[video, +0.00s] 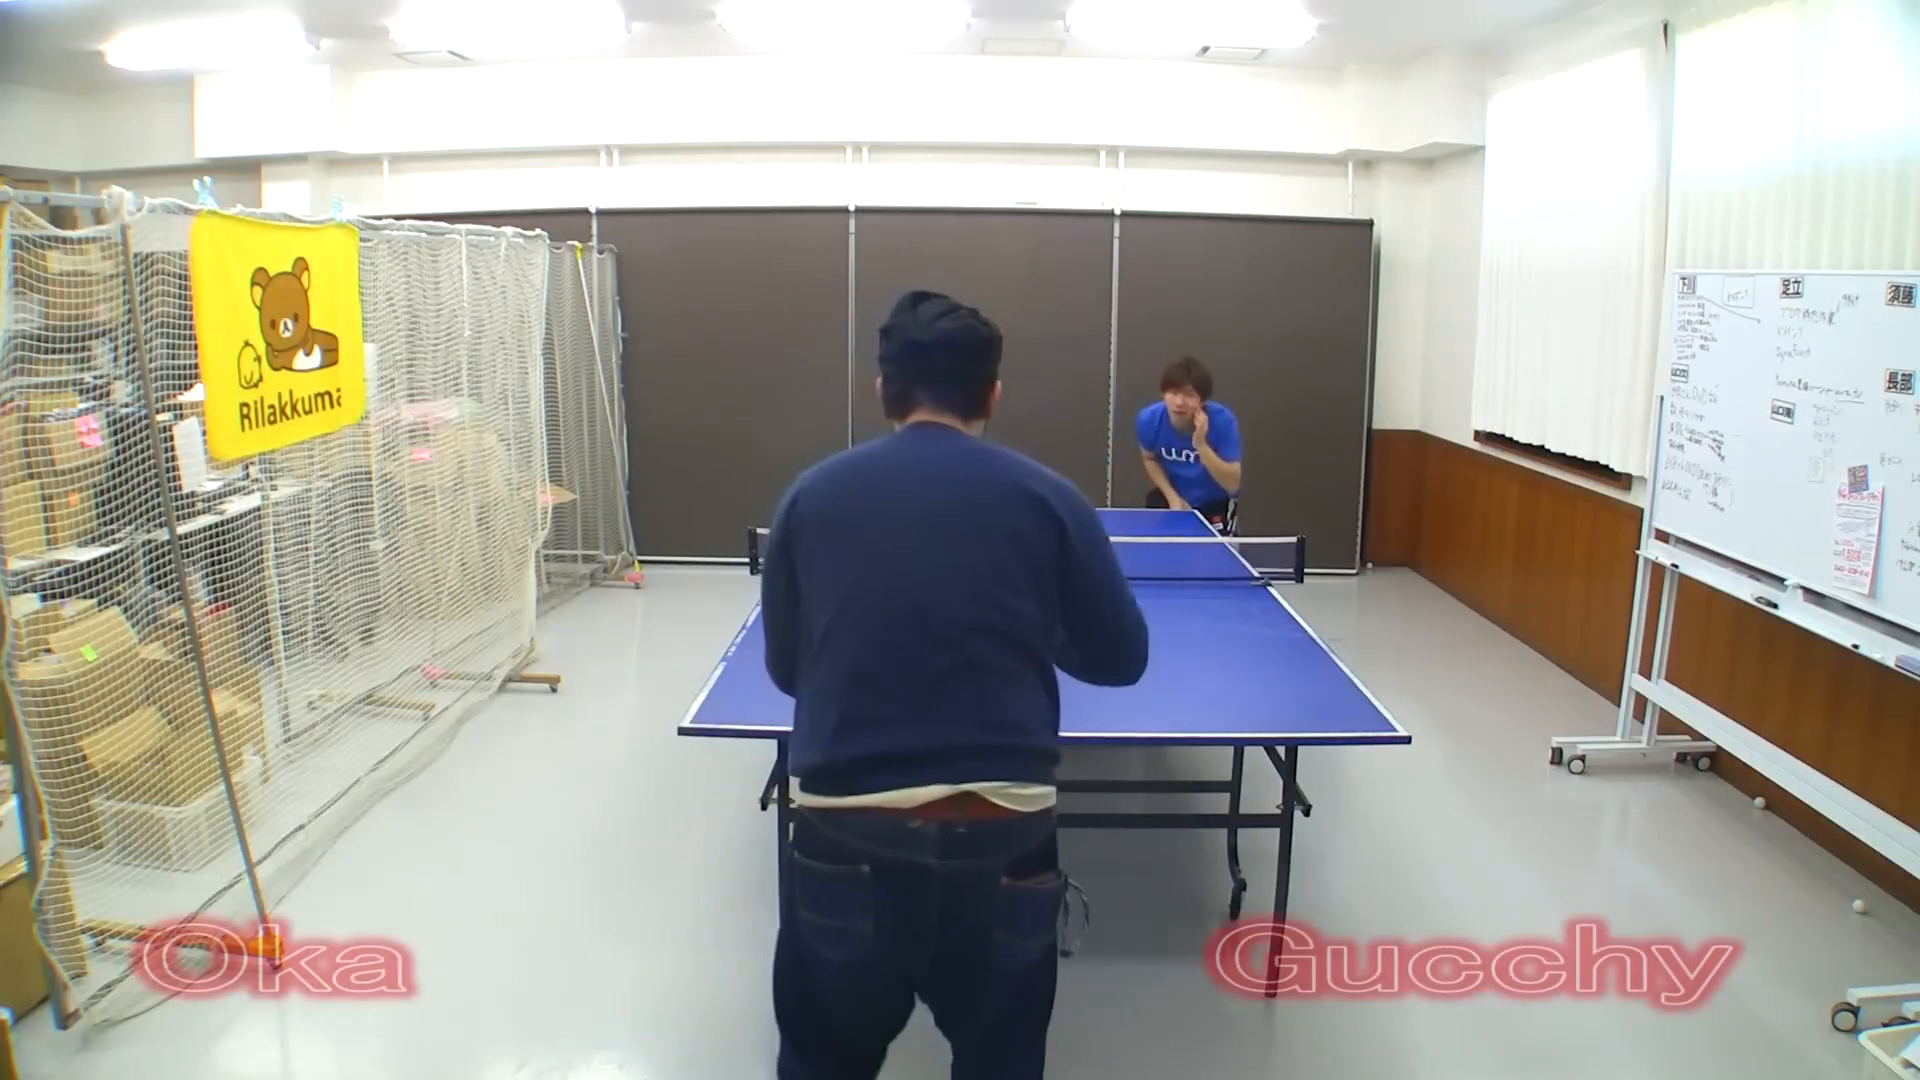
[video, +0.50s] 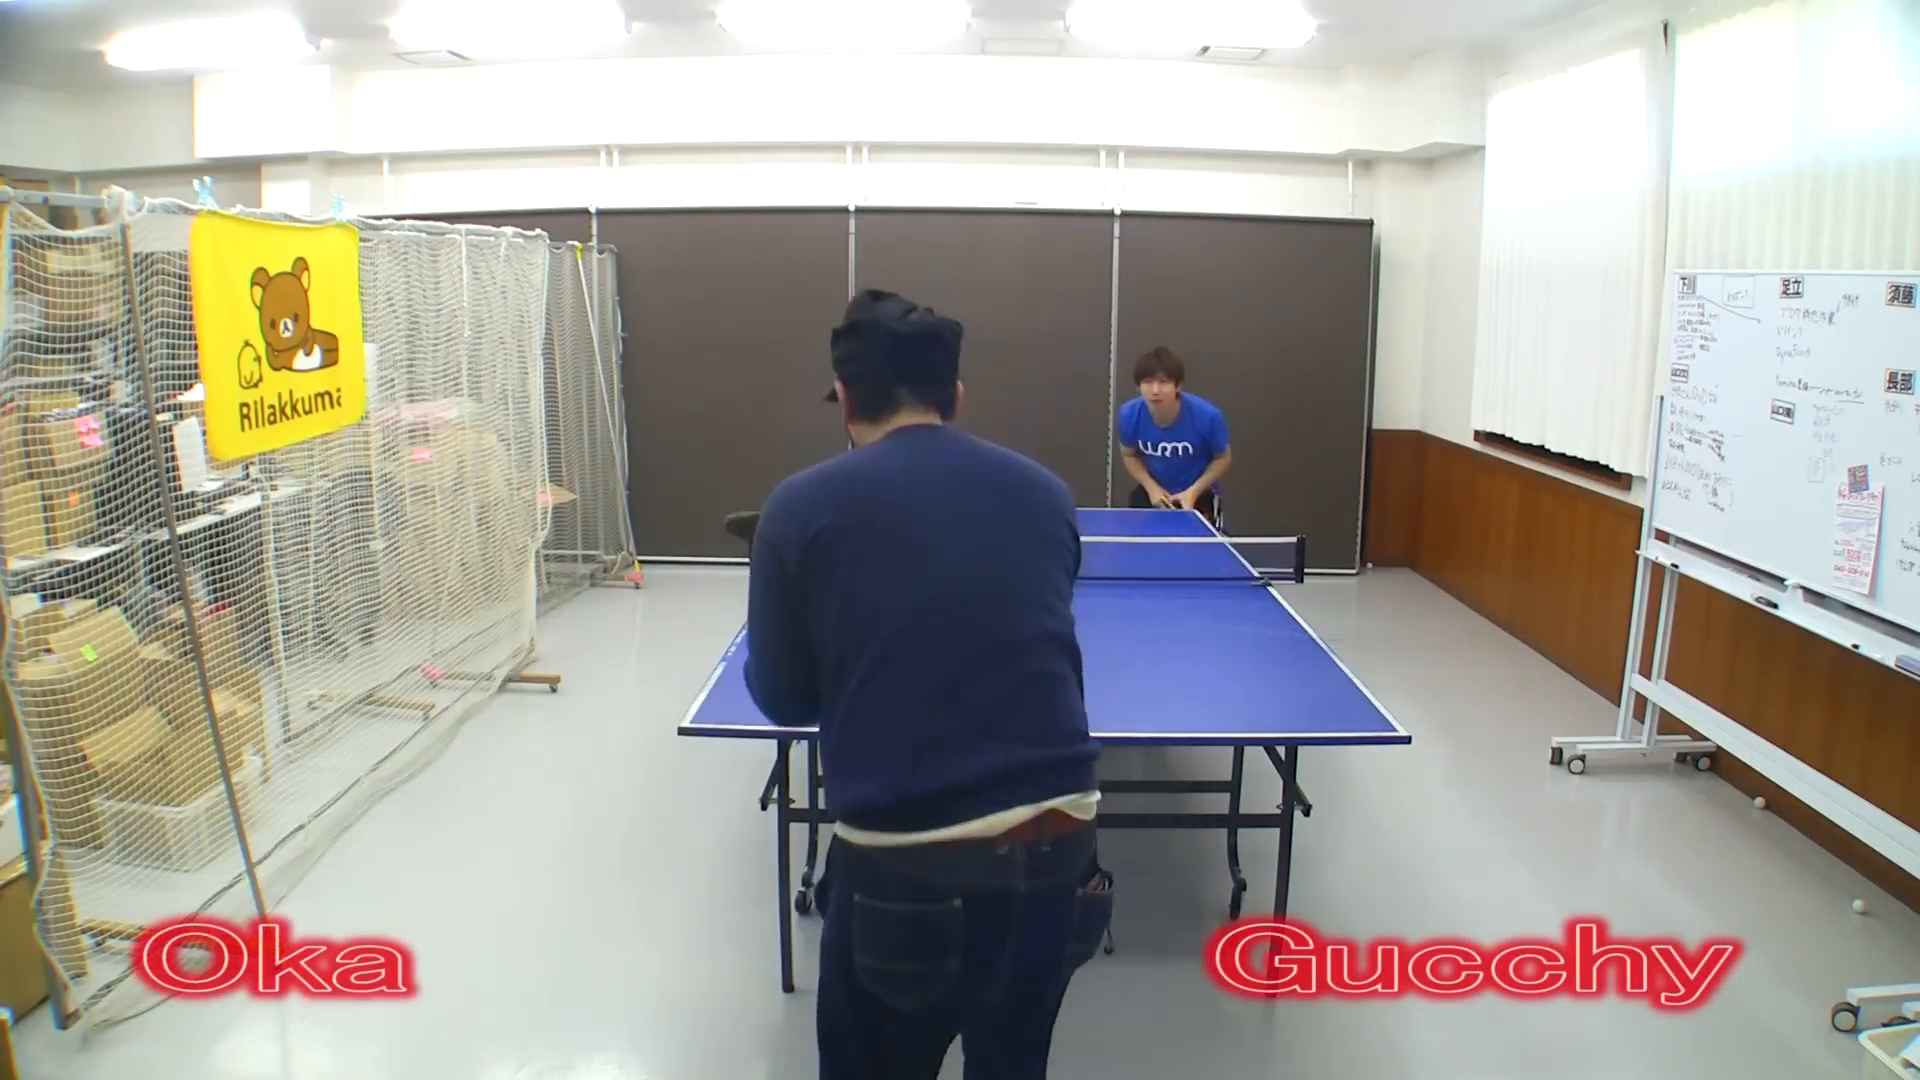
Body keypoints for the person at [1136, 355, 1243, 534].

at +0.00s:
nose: (1179, 402)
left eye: (1189, 395)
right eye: (1174, 392)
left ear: (1203, 399)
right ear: (1163, 394)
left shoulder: (1223, 421)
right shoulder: (1149, 420)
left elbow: (1232, 485)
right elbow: (1149, 458)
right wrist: (1173, 498)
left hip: (1213, 503)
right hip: (1166, 499)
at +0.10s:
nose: (1179, 404)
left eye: (1189, 397)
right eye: (1173, 395)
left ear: (1201, 402)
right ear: (1163, 397)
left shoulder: (1224, 427)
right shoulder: (1148, 422)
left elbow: (1246, 479)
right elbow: (1148, 460)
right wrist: (1171, 498)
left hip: (1213, 504)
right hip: (1166, 497)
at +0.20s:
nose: (1174, 405)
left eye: (1184, 397)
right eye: (1168, 396)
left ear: (1197, 402)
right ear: (1159, 398)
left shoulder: (1223, 428)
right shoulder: (1146, 423)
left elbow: (1243, 472)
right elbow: (1145, 461)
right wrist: (1168, 498)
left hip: (1212, 506)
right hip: (1164, 501)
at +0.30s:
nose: (1168, 402)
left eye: (1177, 394)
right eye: (1162, 394)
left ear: (1190, 398)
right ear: (1153, 396)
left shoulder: (1219, 426)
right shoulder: (1141, 422)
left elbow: (1236, 468)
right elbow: (1141, 460)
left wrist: (1205, 504)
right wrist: (1165, 498)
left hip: (1209, 503)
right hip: (1161, 501)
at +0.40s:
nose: (1161, 396)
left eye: (1170, 388)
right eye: (1154, 388)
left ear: (1183, 392)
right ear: (1145, 391)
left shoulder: (1213, 422)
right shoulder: (1135, 419)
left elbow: (1229, 463)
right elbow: (1136, 458)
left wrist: (1198, 500)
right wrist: (1159, 493)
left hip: (1204, 502)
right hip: (1155, 500)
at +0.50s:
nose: (1155, 390)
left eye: (1164, 382)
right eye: (1148, 382)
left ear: (1178, 385)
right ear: (1139, 386)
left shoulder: (1207, 417)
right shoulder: (1129, 415)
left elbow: (1224, 458)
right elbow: (1129, 455)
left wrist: (1192, 493)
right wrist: (1152, 488)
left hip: (1199, 496)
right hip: (1150, 495)